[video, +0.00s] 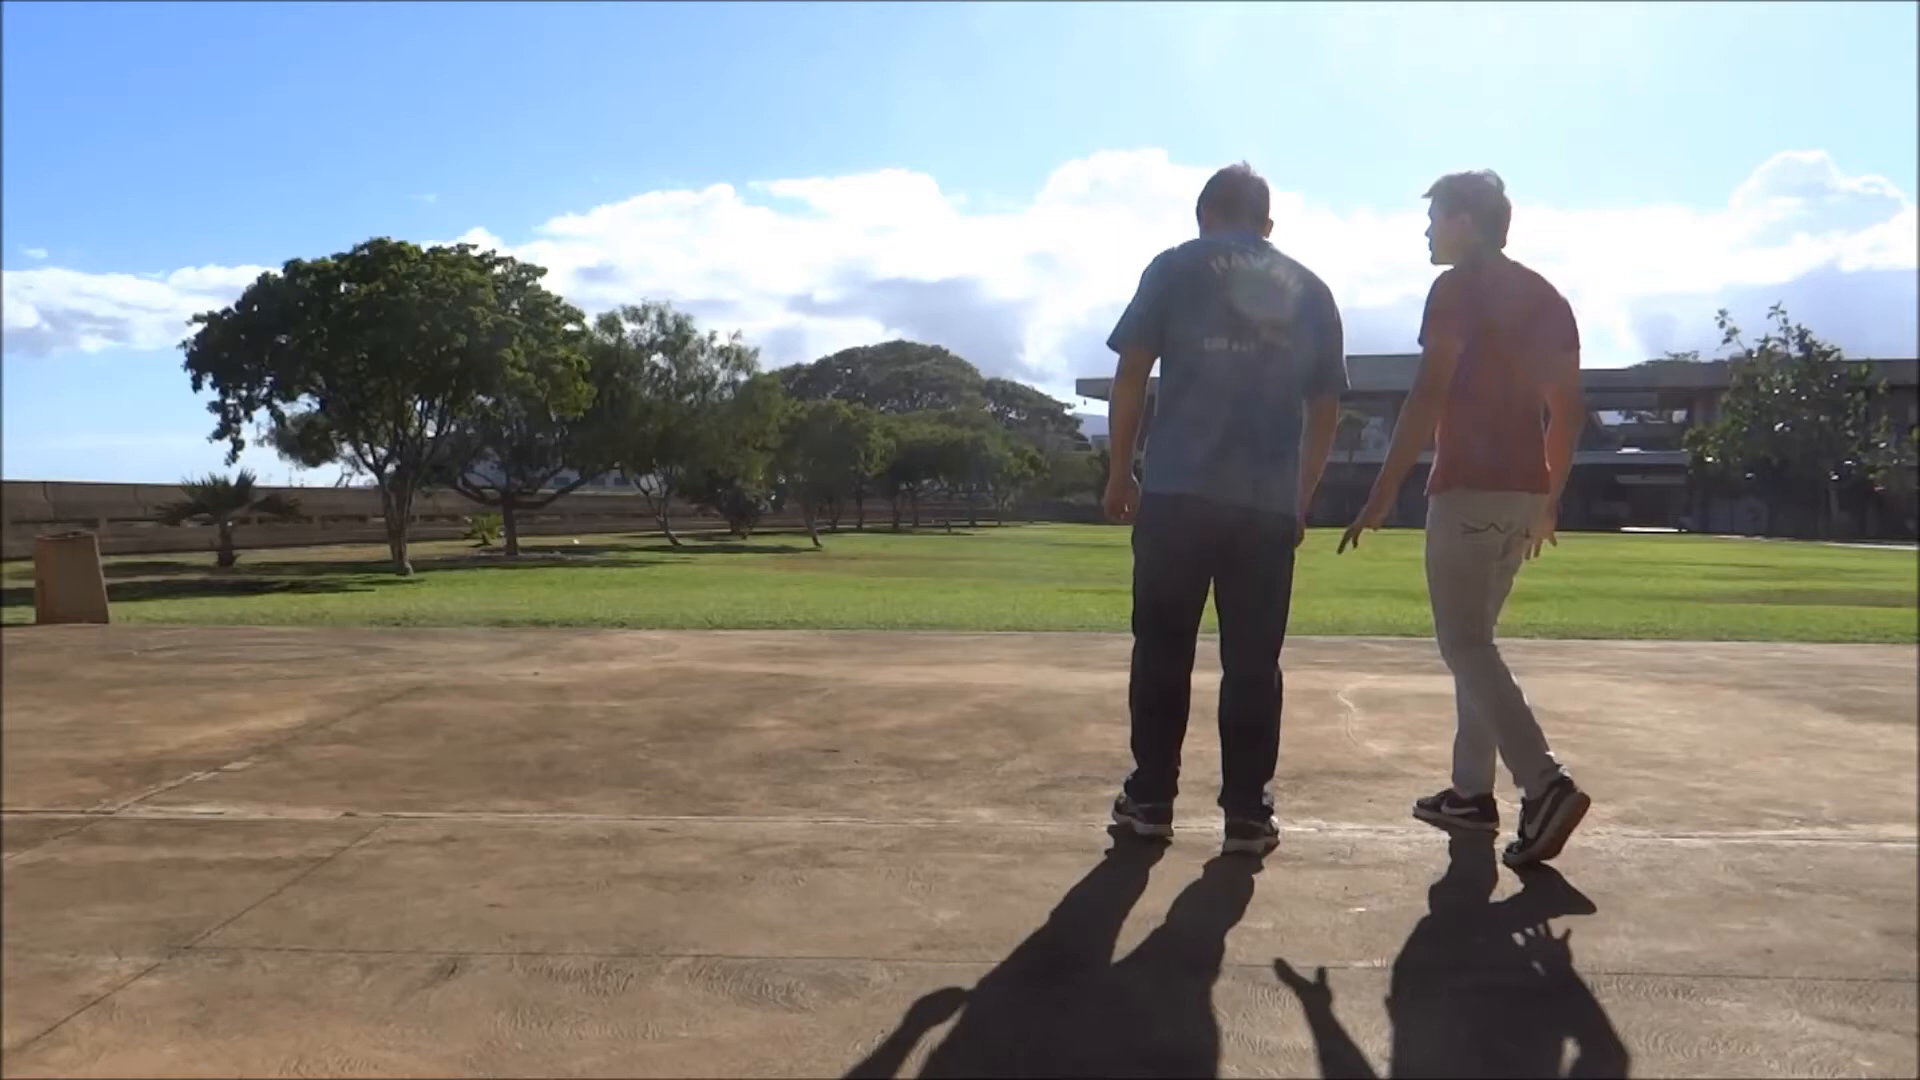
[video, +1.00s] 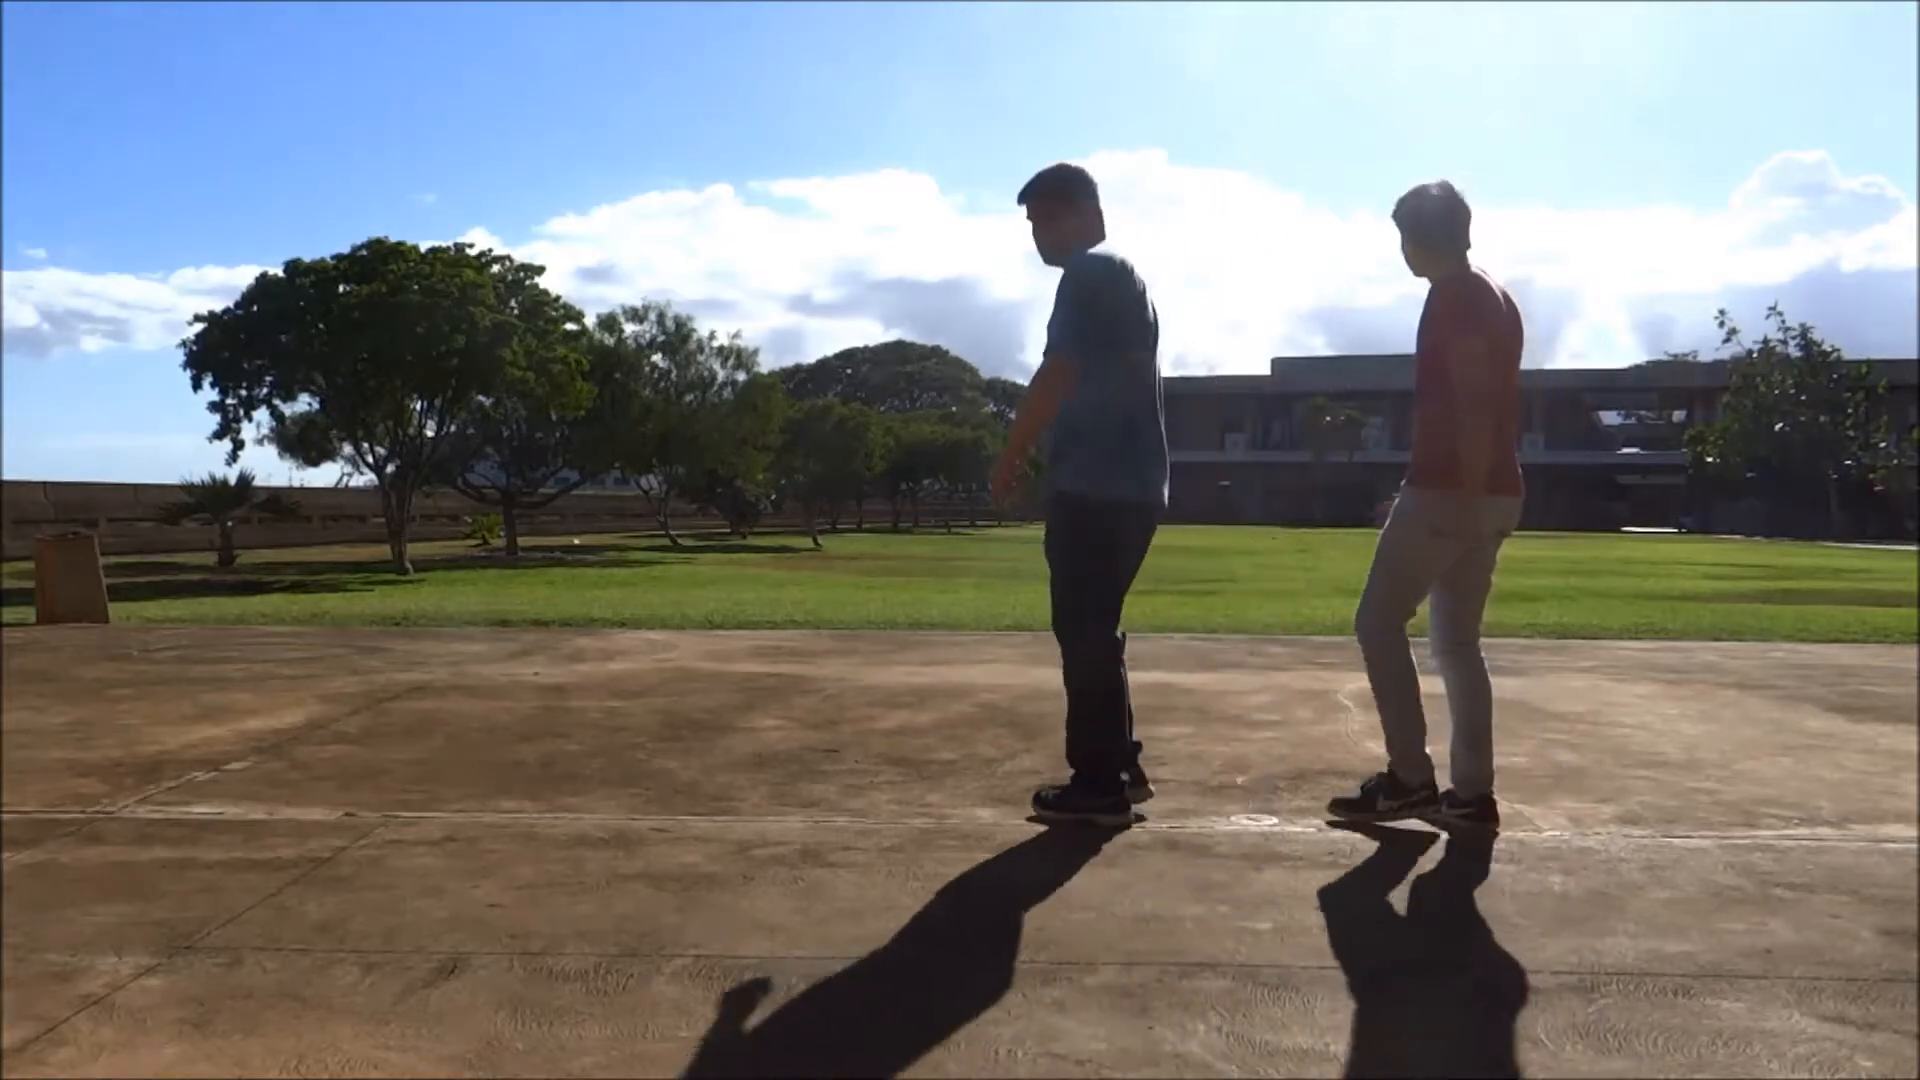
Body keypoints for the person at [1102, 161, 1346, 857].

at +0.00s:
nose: (1201, 232)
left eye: (1200, 220)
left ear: (1204, 214)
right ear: (1268, 218)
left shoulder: (1175, 267)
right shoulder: (1310, 288)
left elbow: (1131, 371)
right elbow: (1326, 407)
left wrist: (1119, 471)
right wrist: (1302, 497)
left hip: (1178, 499)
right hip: (1267, 507)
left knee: (1161, 651)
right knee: (1255, 662)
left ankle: (1149, 802)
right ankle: (1247, 815)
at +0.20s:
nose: (1184, 238)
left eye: (1184, 227)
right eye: (1193, 229)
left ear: (1190, 220)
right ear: (1251, 222)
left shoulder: (1167, 270)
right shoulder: (1299, 292)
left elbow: (1128, 377)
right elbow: (1310, 416)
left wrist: (1113, 473)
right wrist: (1281, 493)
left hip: (1168, 504)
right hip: (1257, 511)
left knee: (1147, 645)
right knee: (1249, 662)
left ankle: (1126, 786)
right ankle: (1247, 812)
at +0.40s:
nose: (1146, 241)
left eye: (1147, 230)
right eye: (1147, 232)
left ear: (1159, 223)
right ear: (1211, 223)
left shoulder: (1137, 280)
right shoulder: (1266, 293)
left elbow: (1104, 391)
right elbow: (1280, 414)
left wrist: (1092, 486)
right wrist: (1250, 485)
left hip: (1147, 507)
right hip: (1234, 511)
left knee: (1126, 652)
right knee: (1236, 662)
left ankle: (1104, 787)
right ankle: (1245, 806)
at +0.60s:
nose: (1098, 238)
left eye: (1100, 226)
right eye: (1096, 228)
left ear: (1122, 220)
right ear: (1162, 218)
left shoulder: (1099, 280)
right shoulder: (1223, 291)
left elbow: (1067, 392)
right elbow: (1238, 411)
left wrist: (1054, 482)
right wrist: (1215, 486)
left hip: (1113, 506)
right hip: (1196, 510)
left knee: (1099, 651)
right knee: (1209, 654)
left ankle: (1100, 789)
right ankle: (1242, 796)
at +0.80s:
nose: (1059, 234)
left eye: (1064, 220)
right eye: (1057, 221)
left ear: (1096, 213)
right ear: (1121, 213)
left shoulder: (1075, 277)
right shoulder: (1185, 293)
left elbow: (1043, 383)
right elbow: (1193, 409)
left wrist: (1018, 467)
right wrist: (1178, 483)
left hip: (1086, 496)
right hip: (1163, 499)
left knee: (1083, 638)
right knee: (1155, 624)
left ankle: (1098, 786)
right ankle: (1197, 758)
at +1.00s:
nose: (1033, 234)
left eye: (1039, 219)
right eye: (1031, 221)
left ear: (1077, 213)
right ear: (1091, 214)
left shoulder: (1087, 273)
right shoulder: (1127, 280)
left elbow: (1059, 373)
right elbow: (1122, 389)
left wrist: (1012, 454)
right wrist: (1044, 456)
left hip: (1096, 489)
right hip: (1131, 487)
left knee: (1083, 627)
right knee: (1092, 626)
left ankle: (1098, 786)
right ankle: (1115, 766)